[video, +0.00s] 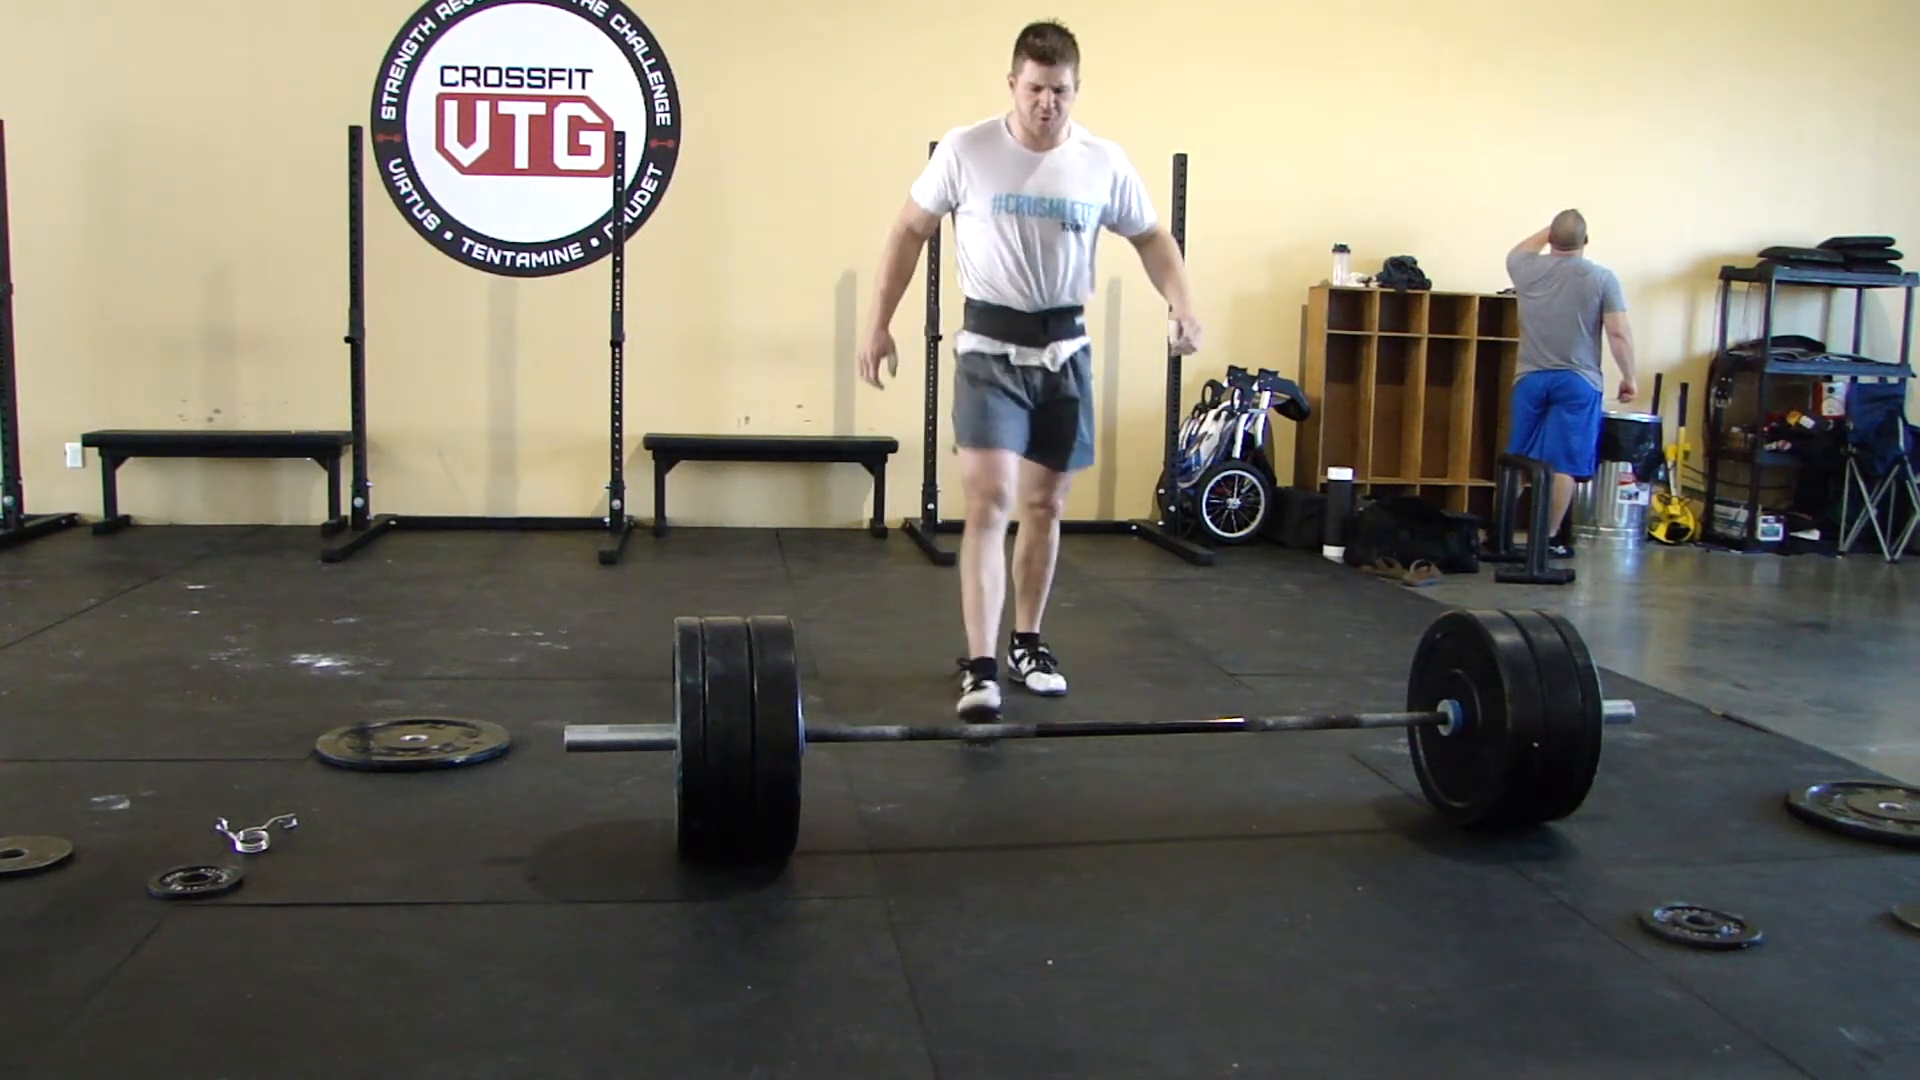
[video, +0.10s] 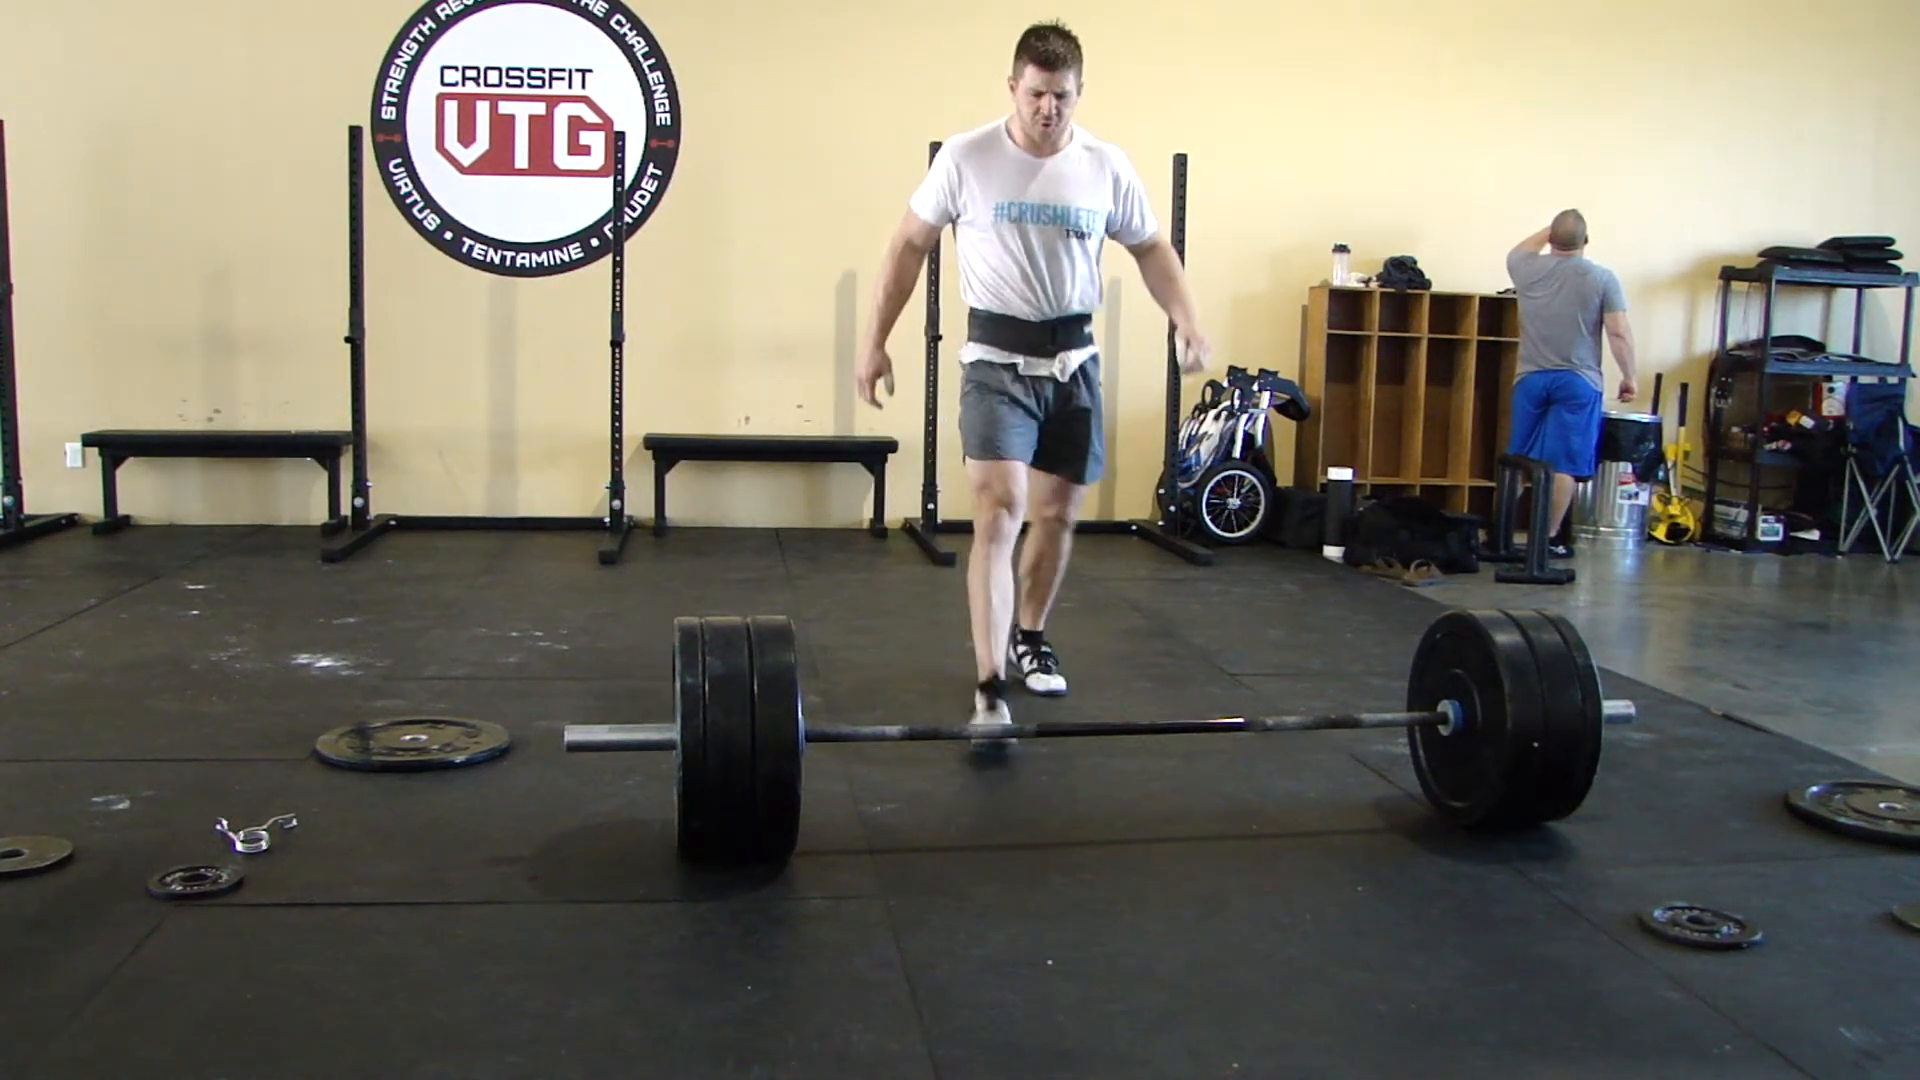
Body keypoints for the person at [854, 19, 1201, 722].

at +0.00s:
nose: (1046, 101)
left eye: (1059, 88)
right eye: (1035, 87)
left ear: (1076, 89)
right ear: (1011, 84)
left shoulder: (1104, 163)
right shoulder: (965, 151)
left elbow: (1151, 238)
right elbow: (911, 231)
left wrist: (1182, 303)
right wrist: (879, 325)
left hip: (1064, 356)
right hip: (989, 351)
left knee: (1044, 507)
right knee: (989, 499)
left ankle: (1027, 642)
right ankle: (981, 668)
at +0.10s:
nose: (1047, 107)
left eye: (1061, 95)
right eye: (1036, 93)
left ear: (1078, 94)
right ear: (1013, 87)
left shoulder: (1105, 165)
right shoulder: (964, 159)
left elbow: (1150, 247)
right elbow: (910, 245)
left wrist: (1186, 316)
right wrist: (875, 340)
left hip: (1074, 365)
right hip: (996, 361)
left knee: (1055, 517)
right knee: (999, 510)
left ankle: (1028, 639)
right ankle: (989, 690)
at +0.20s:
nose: (1050, 102)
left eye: (1063, 89)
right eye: (1038, 87)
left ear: (1079, 87)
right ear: (1011, 80)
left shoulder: (1106, 159)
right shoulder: (963, 157)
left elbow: (1149, 252)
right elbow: (910, 248)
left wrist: (1182, 342)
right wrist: (877, 349)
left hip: (1081, 364)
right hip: (998, 361)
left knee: (1096, 529)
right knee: (999, 506)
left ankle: (1038, 614)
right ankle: (992, 697)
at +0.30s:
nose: (1057, 89)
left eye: (1070, 74)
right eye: (1044, 73)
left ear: (1088, 70)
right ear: (1017, 63)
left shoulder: (1117, 146)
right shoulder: (968, 140)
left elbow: (1150, 242)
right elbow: (910, 232)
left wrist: (1176, 339)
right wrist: (891, 335)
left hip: (1091, 354)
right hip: (1003, 354)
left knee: (1131, 522)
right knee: (1001, 506)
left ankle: (1055, 605)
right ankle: (994, 701)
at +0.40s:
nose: (1077, 79)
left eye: (1089, 65)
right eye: (1064, 64)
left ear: (1105, 56)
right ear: (1031, 49)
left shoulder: (1129, 130)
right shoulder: (977, 125)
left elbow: (1157, 228)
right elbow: (917, 214)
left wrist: (1180, 328)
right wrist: (882, 303)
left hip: (1105, 346)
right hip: (1013, 347)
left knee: (1157, 509)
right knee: (1010, 517)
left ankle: (1093, 650)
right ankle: (995, 699)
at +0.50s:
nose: (1095, 81)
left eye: (1108, 66)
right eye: (1082, 65)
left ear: (1123, 55)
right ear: (1048, 47)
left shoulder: (1146, 130)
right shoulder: (991, 124)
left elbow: (1171, 230)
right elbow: (917, 211)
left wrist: (1192, 329)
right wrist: (880, 316)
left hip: (1123, 351)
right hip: (1027, 351)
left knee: (1165, 518)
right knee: (1015, 523)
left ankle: (1160, 718)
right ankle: (996, 706)